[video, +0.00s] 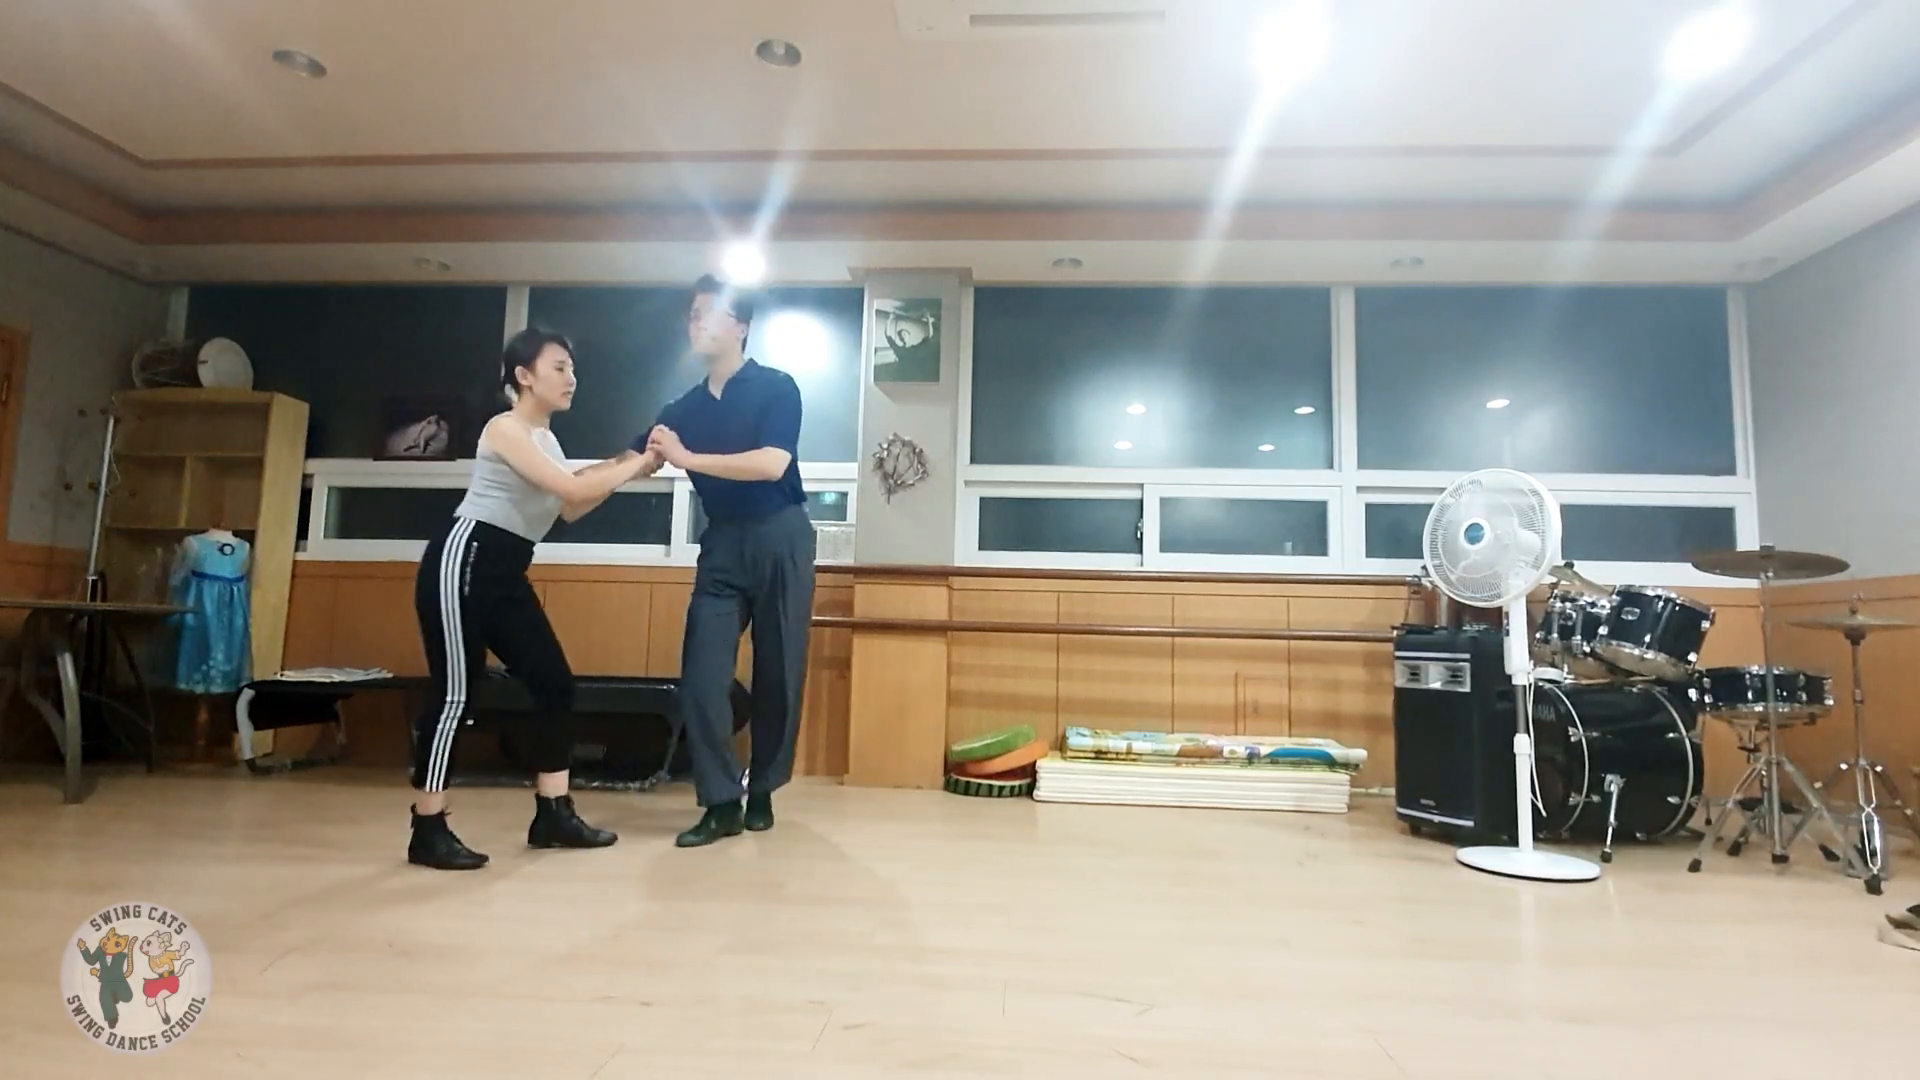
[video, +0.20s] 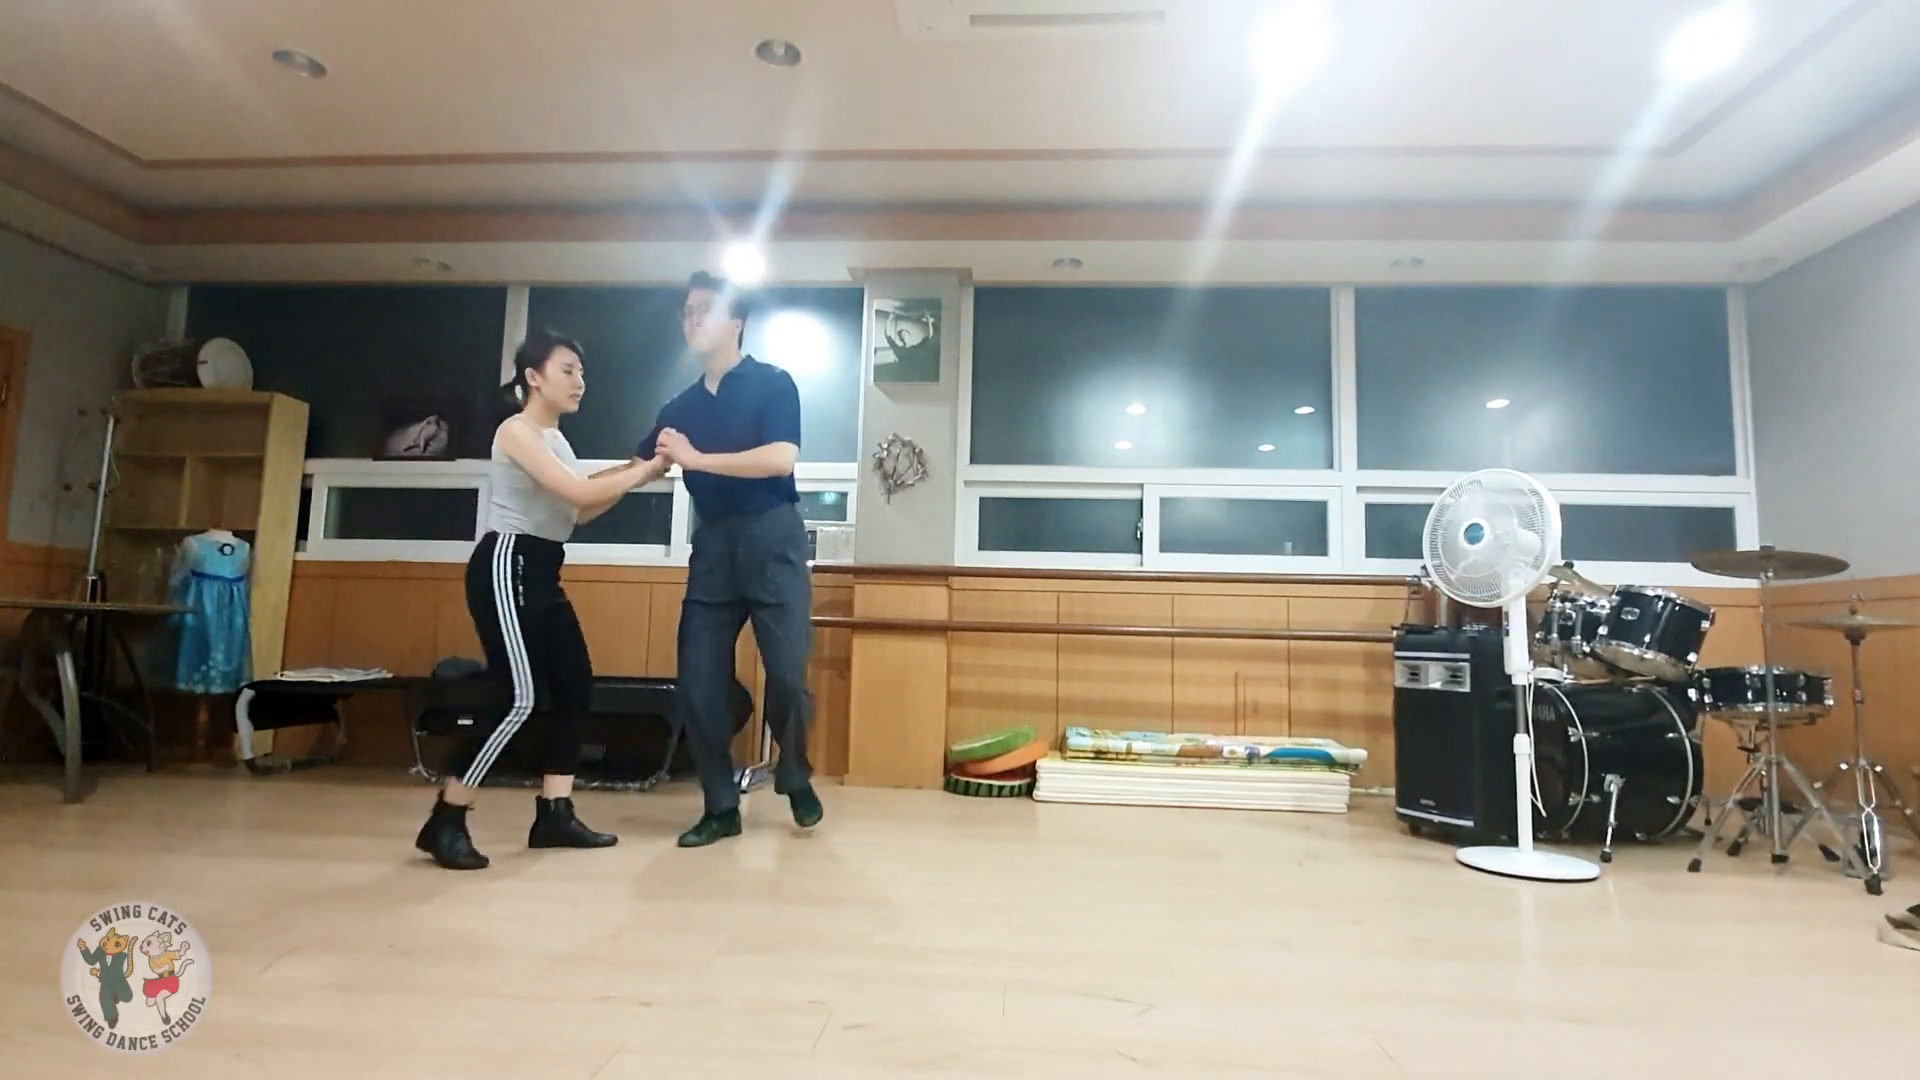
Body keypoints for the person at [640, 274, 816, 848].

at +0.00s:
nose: (692, 325)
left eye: (705, 315)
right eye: (692, 315)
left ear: (739, 327)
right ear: (694, 326)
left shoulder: (776, 386)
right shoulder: (684, 412)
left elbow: (773, 462)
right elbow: (632, 463)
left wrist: (688, 459)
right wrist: (578, 481)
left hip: (781, 540)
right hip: (722, 545)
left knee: (777, 676)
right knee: (703, 678)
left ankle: (762, 792)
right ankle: (722, 803)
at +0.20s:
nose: (690, 322)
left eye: (703, 312)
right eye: (687, 313)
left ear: (736, 322)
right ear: (684, 324)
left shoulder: (773, 382)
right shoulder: (680, 411)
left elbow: (782, 459)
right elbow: (636, 470)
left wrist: (698, 460)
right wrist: (574, 495)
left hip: (774, 540)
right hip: (714, 547)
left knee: (787, 676)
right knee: (699, 684)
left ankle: (795, 779)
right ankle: (723, 810)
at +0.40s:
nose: (687, 313)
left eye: (700, 302)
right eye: (681, 305)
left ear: (730, 311)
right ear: (676, 317)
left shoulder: (767, 372)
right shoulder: (677, 406)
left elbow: (790, 443)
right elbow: (647, 472)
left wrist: (705, 453)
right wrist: (596, 498)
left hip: (766, 539)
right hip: (706, 545)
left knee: (754, 670)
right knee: (697, 681)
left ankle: (754, 817)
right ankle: (716, 811)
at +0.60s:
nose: (662, 301)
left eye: (674, 290)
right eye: (662, 292)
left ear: (708, 296)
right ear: (677, 305)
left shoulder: (743, 356)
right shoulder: (687, 390)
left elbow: (768, 416)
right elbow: (665, 466)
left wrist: (683, 438)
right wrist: (610, 491)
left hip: (748, 532)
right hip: (703, 534)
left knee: (713, 675)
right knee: (686, 672)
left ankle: (684, 833)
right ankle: (715, 804)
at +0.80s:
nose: (622, 285)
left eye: (634, 272)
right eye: (625, 274)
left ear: (671, 280)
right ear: (668, 284)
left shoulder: (692, 329)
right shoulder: (683, 343)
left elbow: (679, 375)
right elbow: (716, 448)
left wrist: (609, 412)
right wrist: (649, 484)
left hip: (717, 521)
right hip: (716, 520)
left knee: (672, 676)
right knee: (710, 668)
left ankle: (664, 846)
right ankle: (721, 794)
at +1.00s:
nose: (601, 284)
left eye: (604, 274)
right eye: (605, 276)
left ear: (619, 273)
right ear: (668, 281)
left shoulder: (618, 315)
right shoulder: (688, 343)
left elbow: (555, 360)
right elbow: (657, 432)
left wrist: (549, 434)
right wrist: (580, 449)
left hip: (663, 508)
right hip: (713, 504)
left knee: (634, 682)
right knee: (723, 683)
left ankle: (654, 849)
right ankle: (784, 817)